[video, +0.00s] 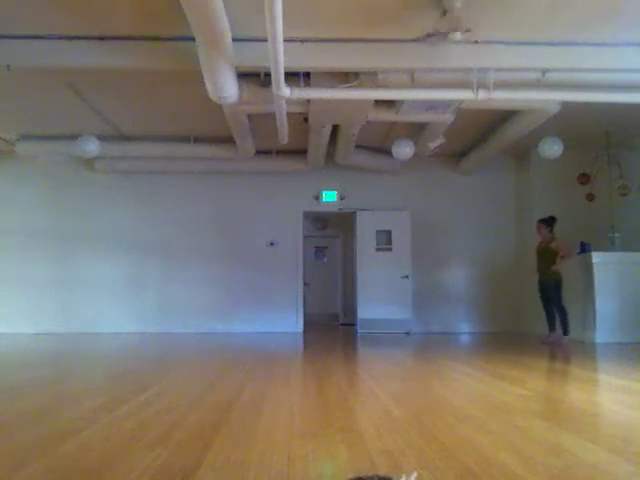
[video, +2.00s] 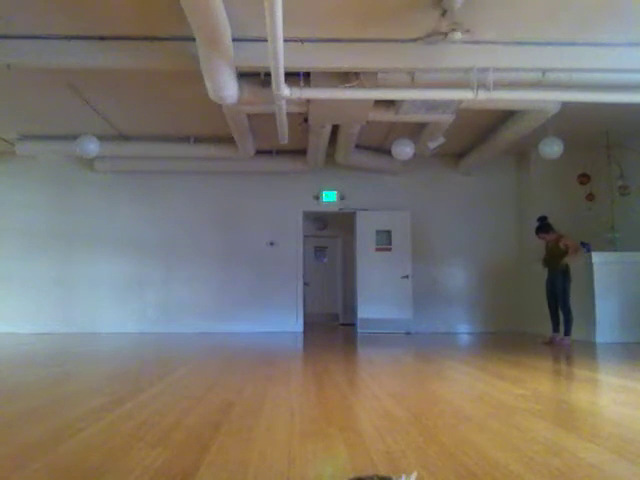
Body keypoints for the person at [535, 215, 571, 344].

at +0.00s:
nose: (538, 231)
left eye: (541, 228)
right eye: (538, 228)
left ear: (548, 229)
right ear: (540, 230)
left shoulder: (554, 243)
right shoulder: (541, 243)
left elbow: (567, 253)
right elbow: (542, 257)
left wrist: (557, 261)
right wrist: (539, 268)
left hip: (553, 276)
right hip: (543, 276)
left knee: (557, 304)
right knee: (547, 305)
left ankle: (565, 333)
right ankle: (551, 332)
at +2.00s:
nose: (543, 240)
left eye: (543, 237)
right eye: (541, 238)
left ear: (548, 233)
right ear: (544, 236)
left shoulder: (561, 239)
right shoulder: (548, 242)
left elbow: (575, 247)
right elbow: (548, 256)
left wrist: (566, 258)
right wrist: (546, 262)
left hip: (562, 271)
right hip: (551, 272)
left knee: (563, 303)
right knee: (552, 304)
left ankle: (567, 336)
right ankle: (555, 334)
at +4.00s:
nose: (540, 233)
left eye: (541, 229)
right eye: (539, 230)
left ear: (548, 228)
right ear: (544, 230)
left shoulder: (559, 241)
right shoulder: (545, 243)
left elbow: (567, 255)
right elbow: (544, 257)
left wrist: (552, 263)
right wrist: (542, 265)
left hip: (558, 274)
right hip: (548, 274)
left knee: (561, 304)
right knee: (553, 305)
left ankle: (566, 335)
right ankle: (556, 334)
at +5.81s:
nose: (542, 232)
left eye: (544, 228)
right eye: (542, 229)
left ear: (552, 228)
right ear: (545, 229)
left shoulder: (558, 240)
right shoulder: (546, 241)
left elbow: (566, 252)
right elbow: (541, 255)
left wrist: (553, 263)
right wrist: (543, 264)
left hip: (560, 273)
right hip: (550, 273)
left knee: (563, 304)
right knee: (554, 305)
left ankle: (566, 336)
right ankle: (556, 335)